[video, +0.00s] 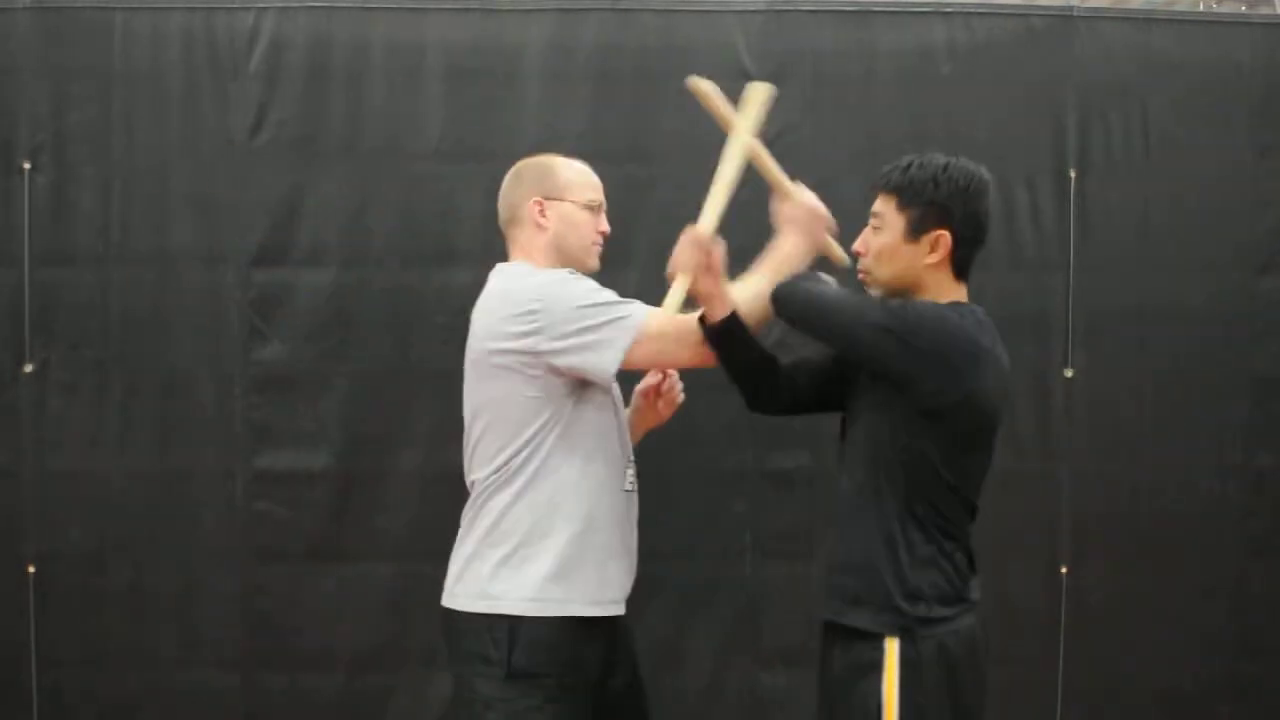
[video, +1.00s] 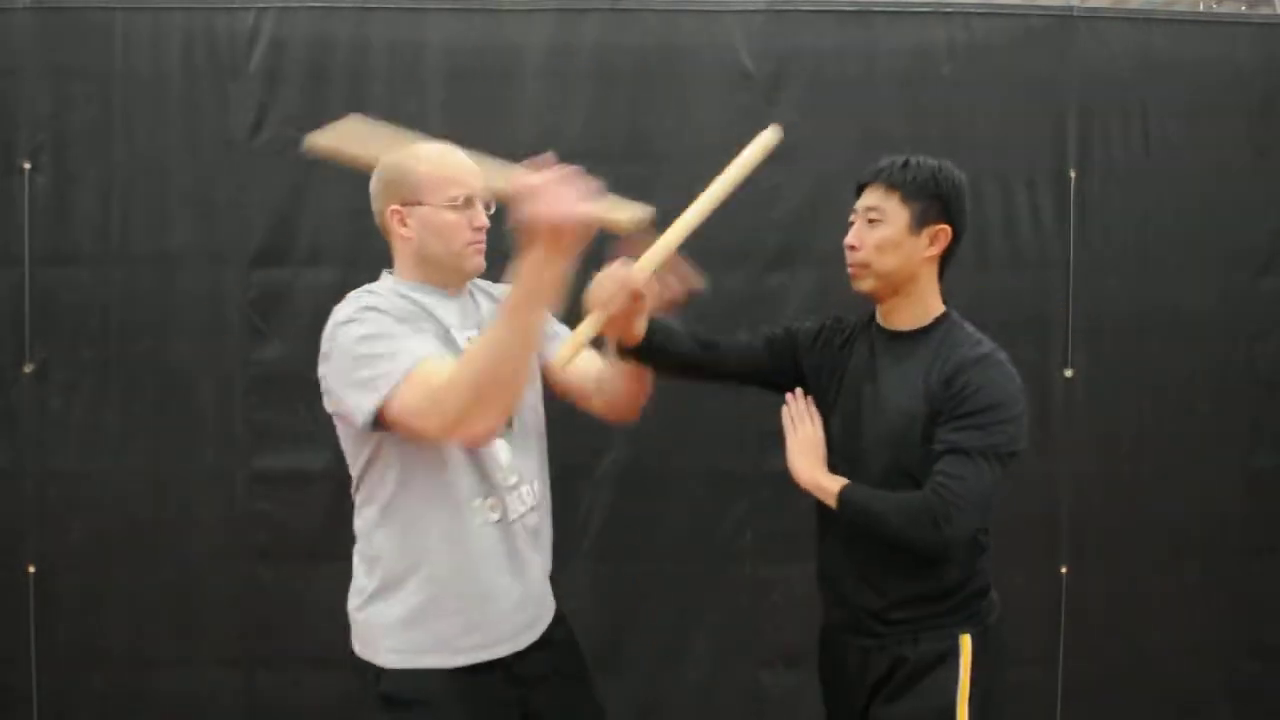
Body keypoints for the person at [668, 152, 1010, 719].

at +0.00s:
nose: (858, 244)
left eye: (877, 227)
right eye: (866, 226)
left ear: (935, 246)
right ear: (933, 248)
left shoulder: (954, 338)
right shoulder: (896, 341)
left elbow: (792, 296)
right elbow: (772, 390)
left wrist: (804, 240)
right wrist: (714, 297)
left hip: (908, 641)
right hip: (869, 635)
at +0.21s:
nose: (852, 251)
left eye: (864, 233)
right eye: (857, 232)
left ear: (913, 247)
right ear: (919, 250)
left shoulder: (897, 362)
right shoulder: (972, 347)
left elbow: (757, 439)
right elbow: (858, 414)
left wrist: (777, 336)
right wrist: (813, 327)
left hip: (876, 649)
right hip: (944, 634)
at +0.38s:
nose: (829, 248)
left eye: (840, 231)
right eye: (835, 230)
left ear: (886, 248)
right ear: (897, 251)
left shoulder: (860, 366)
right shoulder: (973, 359)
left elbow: (742, 474)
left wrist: (691, 434)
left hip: (878, 651)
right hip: (961, 637)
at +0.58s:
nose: (836, 244)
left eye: (850, 228)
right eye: (842, 228)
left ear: (905, 246)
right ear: (903, 248)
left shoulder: (932, 366)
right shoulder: (900, 348)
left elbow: (816, 501)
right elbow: (774, 370)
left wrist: (739, 472)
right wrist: (786, 268)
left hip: (914, 649)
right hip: (882, 638)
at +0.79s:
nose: (843, 241)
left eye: (865, 224)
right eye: (851, 223)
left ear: (927, 244)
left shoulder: (970, 375)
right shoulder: (838, 349)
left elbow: (893, 518)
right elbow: (711, 351)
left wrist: (804, 472)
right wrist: (683, 236)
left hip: (934, 654)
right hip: (850, 647)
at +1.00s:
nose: (850, 239)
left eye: (873, 222)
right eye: (853, 222)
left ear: (934, 240)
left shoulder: (979, 374)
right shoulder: (833, 348)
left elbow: (945, 523)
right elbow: (720, 355)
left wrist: (821, 482)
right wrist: (633, 335)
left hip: (938, 651)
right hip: (848, 644)